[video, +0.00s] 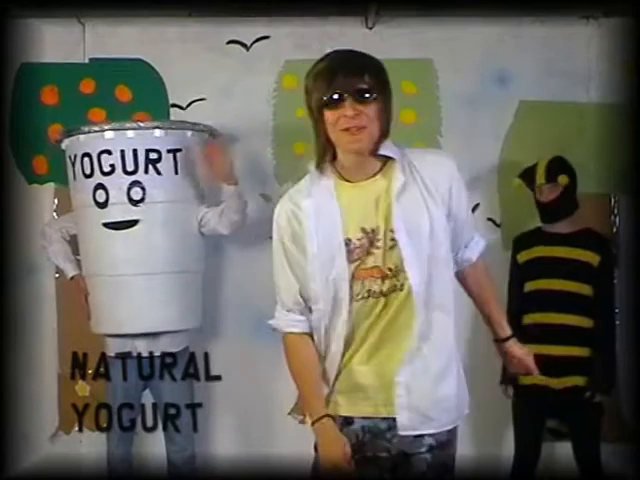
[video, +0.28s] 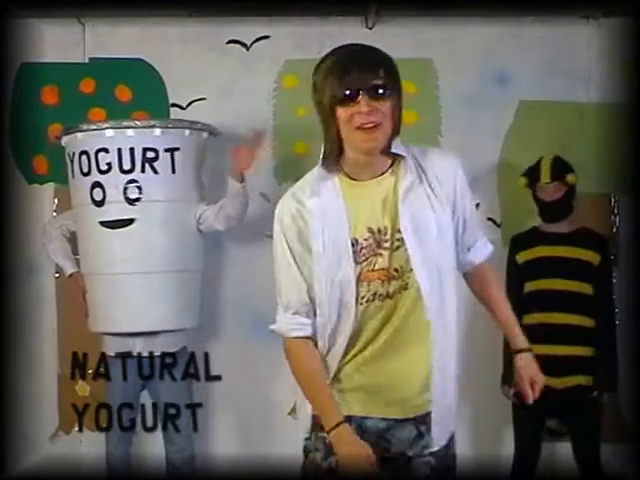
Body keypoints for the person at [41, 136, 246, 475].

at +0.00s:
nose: (136, 193)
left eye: (145, 186)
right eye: (129, 186)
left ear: (159, 187)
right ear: (118, 187)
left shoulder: (178, 214)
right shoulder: (105, 216)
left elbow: (228, 221)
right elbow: (53, 229)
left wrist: (228, 180)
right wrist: (75, 274)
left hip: (172, 342)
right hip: (122, 344)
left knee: (181, 432)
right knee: (121, 432)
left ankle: (184, 477)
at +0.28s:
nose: (134, 188)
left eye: (142, 180)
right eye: (126, 180)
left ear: (159, 183)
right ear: (115, 183)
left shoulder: (176, 211)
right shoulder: (103, 212)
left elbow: (224, 217)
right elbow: (54, 229)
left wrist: (238, 176)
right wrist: (75, 272)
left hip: (170, 341)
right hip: (120, 342)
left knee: (180, 431)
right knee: (120, 432)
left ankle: (183, 478)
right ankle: (117, 479)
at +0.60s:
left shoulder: (179, 218)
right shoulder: (106, 214)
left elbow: (236, 235)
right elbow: (54, 228)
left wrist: (209, 215)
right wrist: (75, 273)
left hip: (172, 337)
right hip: (121, 340)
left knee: (179, 432)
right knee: (120, 429)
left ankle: (183, 477)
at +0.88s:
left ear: (163, 191)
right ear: (121, 193)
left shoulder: (180, 222)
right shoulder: (106, 217)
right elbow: (58, 228)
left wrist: (205, 293)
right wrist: (75, 274)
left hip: (171, 349)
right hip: (120, 351)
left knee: (181, 447)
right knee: (118, 448)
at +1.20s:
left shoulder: (183, 224)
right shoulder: (107, 220)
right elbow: (60, 228)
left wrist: (207, 294)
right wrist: (78, 276)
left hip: (172, 350)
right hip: (121, 351)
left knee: (182, 448)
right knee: (119, 449)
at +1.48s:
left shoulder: (183, 221)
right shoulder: (108, 217)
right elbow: (59, 230)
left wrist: (204, 297)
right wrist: (81, 277)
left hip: (174, 351)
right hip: (123, 352)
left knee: (183, 449)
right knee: (119, 450)